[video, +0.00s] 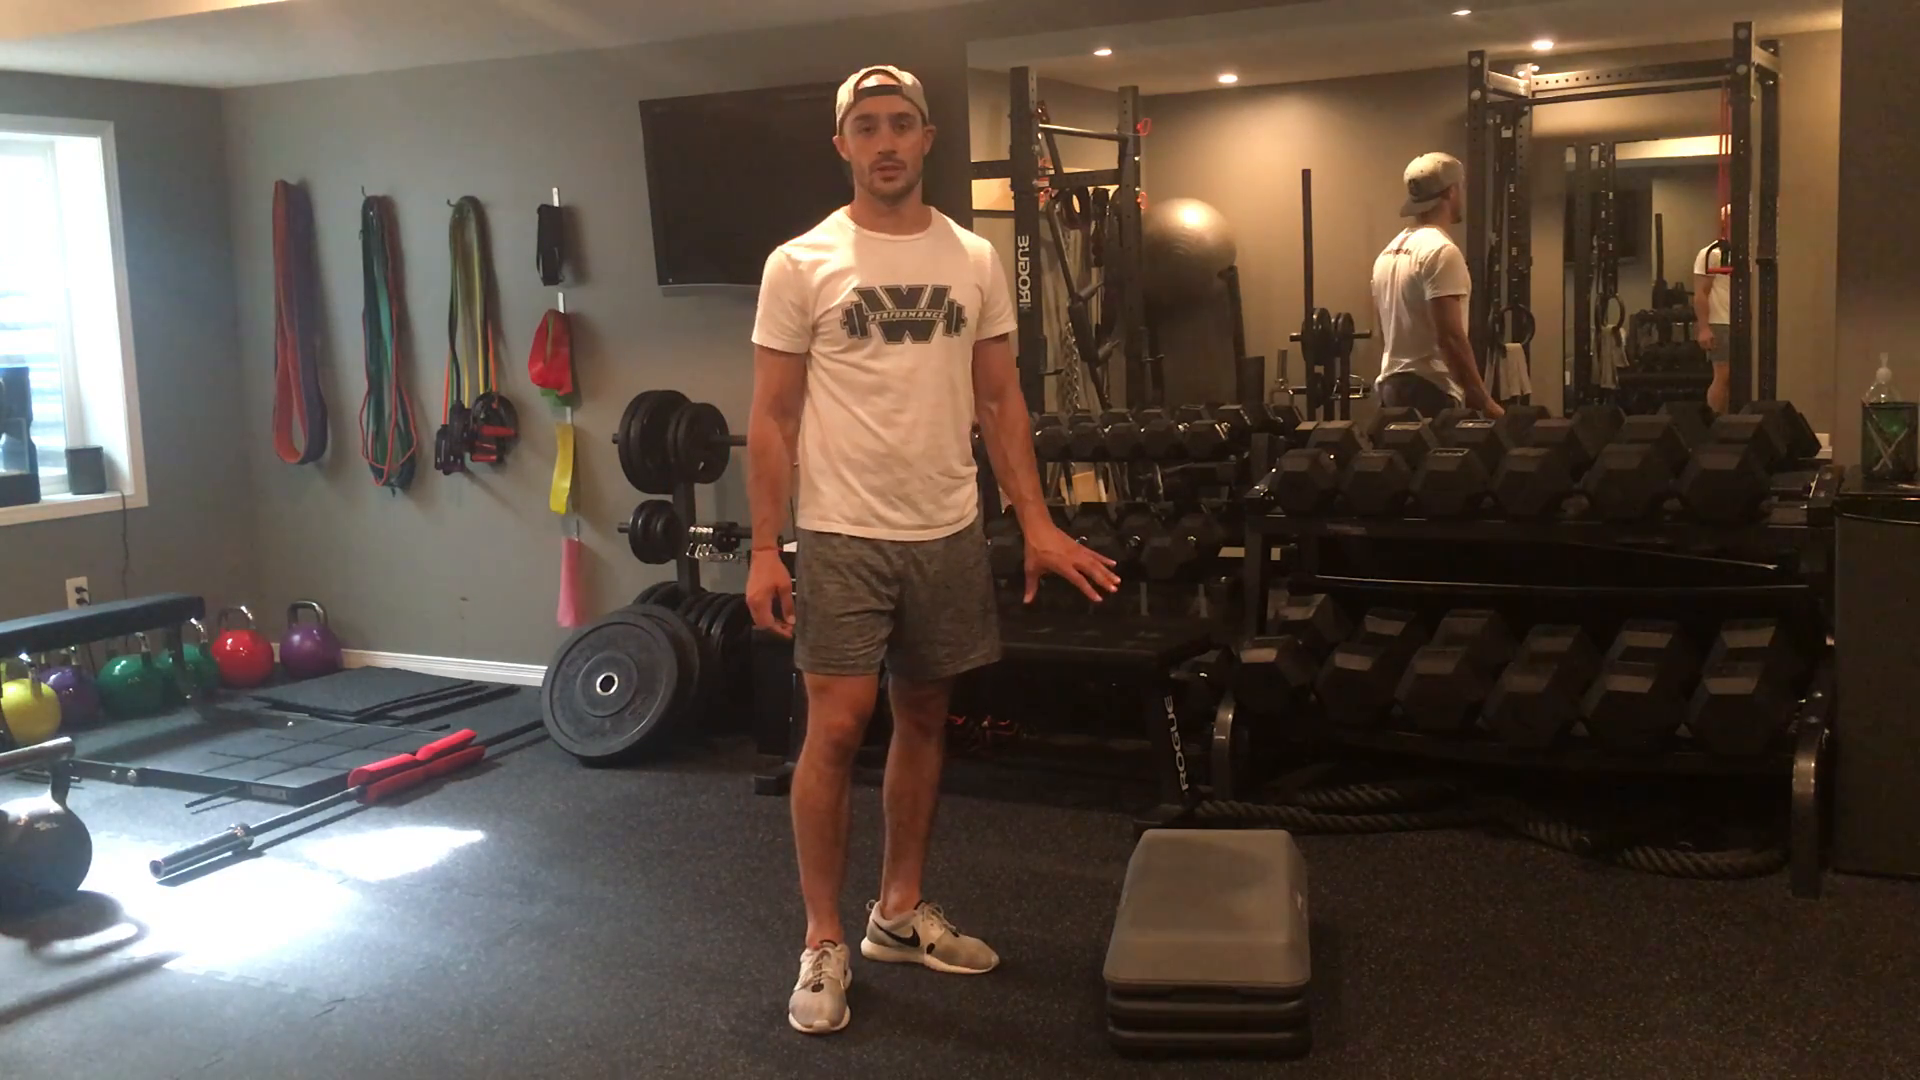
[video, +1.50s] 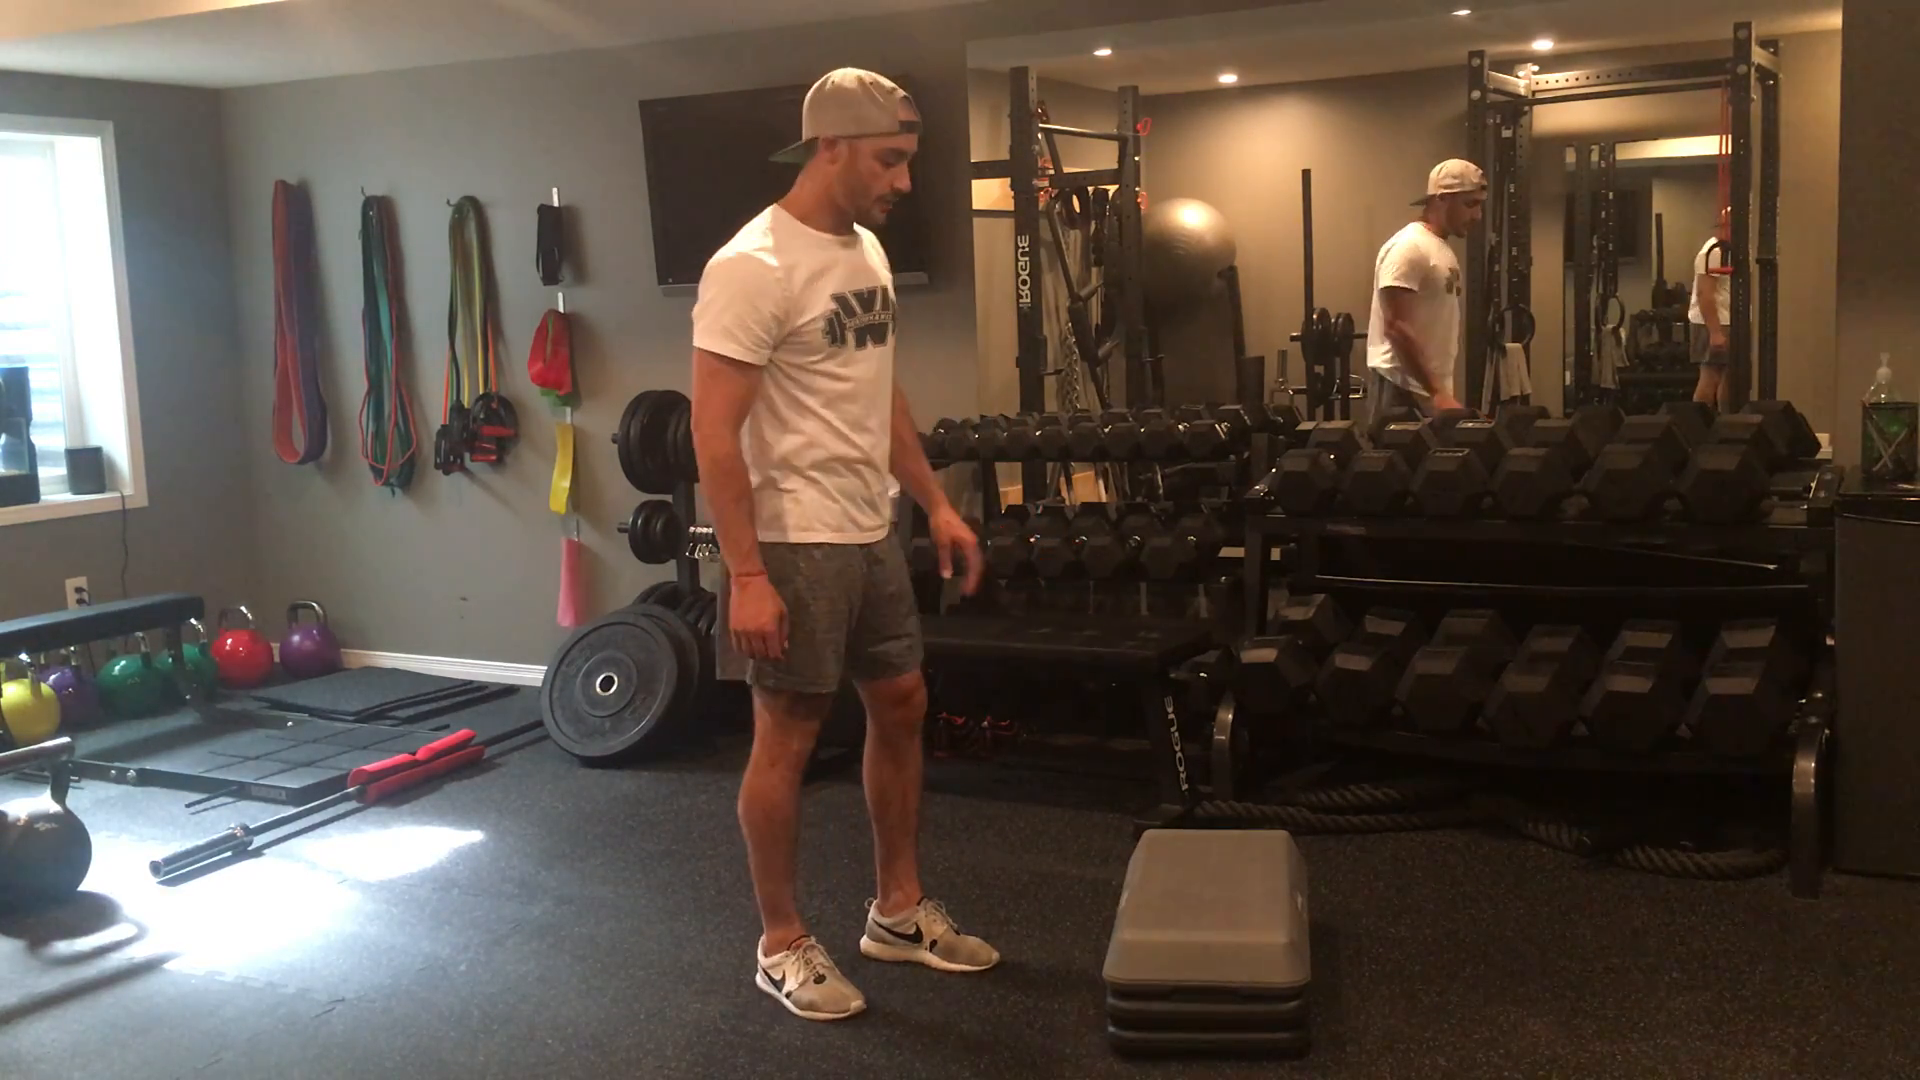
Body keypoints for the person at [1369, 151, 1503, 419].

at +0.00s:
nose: (1464, 196)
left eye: (1463, 188)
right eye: (1462, 188)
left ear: (1418, 197)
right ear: (1451, 193)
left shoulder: (1388, 253)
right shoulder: (1441, 250)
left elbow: (1386, 333)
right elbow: (1451, 338)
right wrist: (1483, 400)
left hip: (1391, 388)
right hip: (1431, 391)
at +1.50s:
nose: (1477, 215)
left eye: (1479, 205)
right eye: (1471, 204)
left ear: (1444, 199)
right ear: (1443, 199)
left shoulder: (1440, 249)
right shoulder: (1409, 247)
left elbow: (1429, 327)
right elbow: (1395, 327)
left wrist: (1444, 394)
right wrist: (1438, 392)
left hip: (1428, 394)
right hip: (1400, 392)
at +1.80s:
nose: (1487, 214)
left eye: (1490, 204)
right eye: (1478, 204)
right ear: (1450, 201)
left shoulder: (1475, 257)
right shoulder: (1409, 252)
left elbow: (1464, 329)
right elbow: (1366, 318)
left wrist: (1479, 392)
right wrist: (1395, 386)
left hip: (1452, 399)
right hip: (1411, 400)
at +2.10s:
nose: (1518, 220)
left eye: (1519, 210)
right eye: (1505, 212)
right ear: (1475, 215)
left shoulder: (1508, 259)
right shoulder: (1432, 269)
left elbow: (1491, 331)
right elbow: (1384, 331)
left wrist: (1506, 374)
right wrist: (1433, 386)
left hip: (1484, 411)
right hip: (1438, 414)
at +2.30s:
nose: (1554, 189)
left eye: (1554, 179)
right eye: (1543, 179)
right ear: (1513, 185)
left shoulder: (1533, 235)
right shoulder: (1474, 237)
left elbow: (1504, 301)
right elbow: (1431, 305)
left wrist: (1523, 338)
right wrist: (1508, 317)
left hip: (1513, 370)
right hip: (1464, 380)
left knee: (1569, 420)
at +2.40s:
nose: (1573, 161)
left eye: (1573, 152)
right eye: (1561, 152)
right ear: (1529, 158)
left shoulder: (1552, 215)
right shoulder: (1491, 213)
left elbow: (1529, 285)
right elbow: (1444, 281)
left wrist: (1544, 322)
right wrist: (1517, 296)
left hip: (1534, 356)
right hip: (1485, 367)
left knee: (1582, 420)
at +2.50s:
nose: (1582, 157)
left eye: (1582, 147)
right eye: (1570, 147)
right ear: (1537, 153)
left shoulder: (1568, 217)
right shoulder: (1496, 216)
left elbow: (1555, 286)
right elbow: (1453, 287)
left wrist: (1578, 319)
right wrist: (1522, 317)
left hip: (1557, 364)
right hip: (1504, 367)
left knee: (1589, 441)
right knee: (1514, 461)